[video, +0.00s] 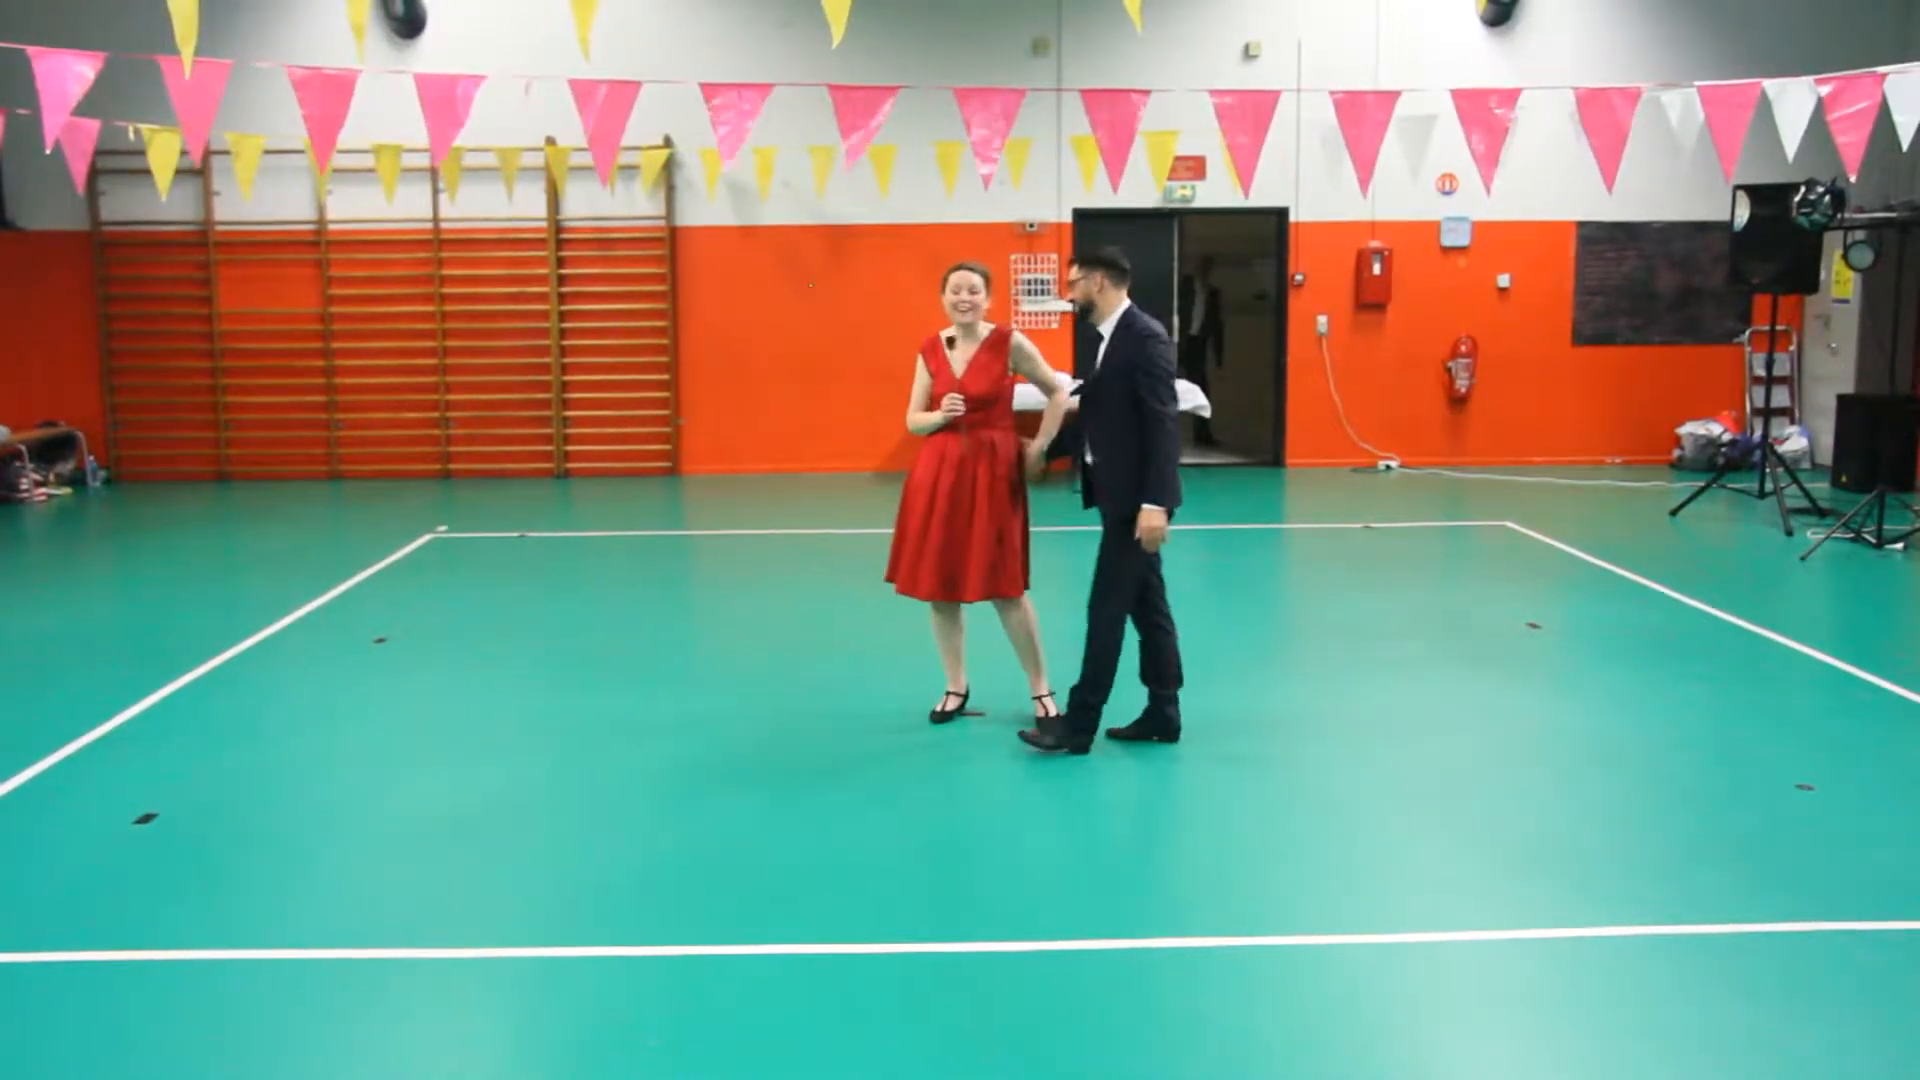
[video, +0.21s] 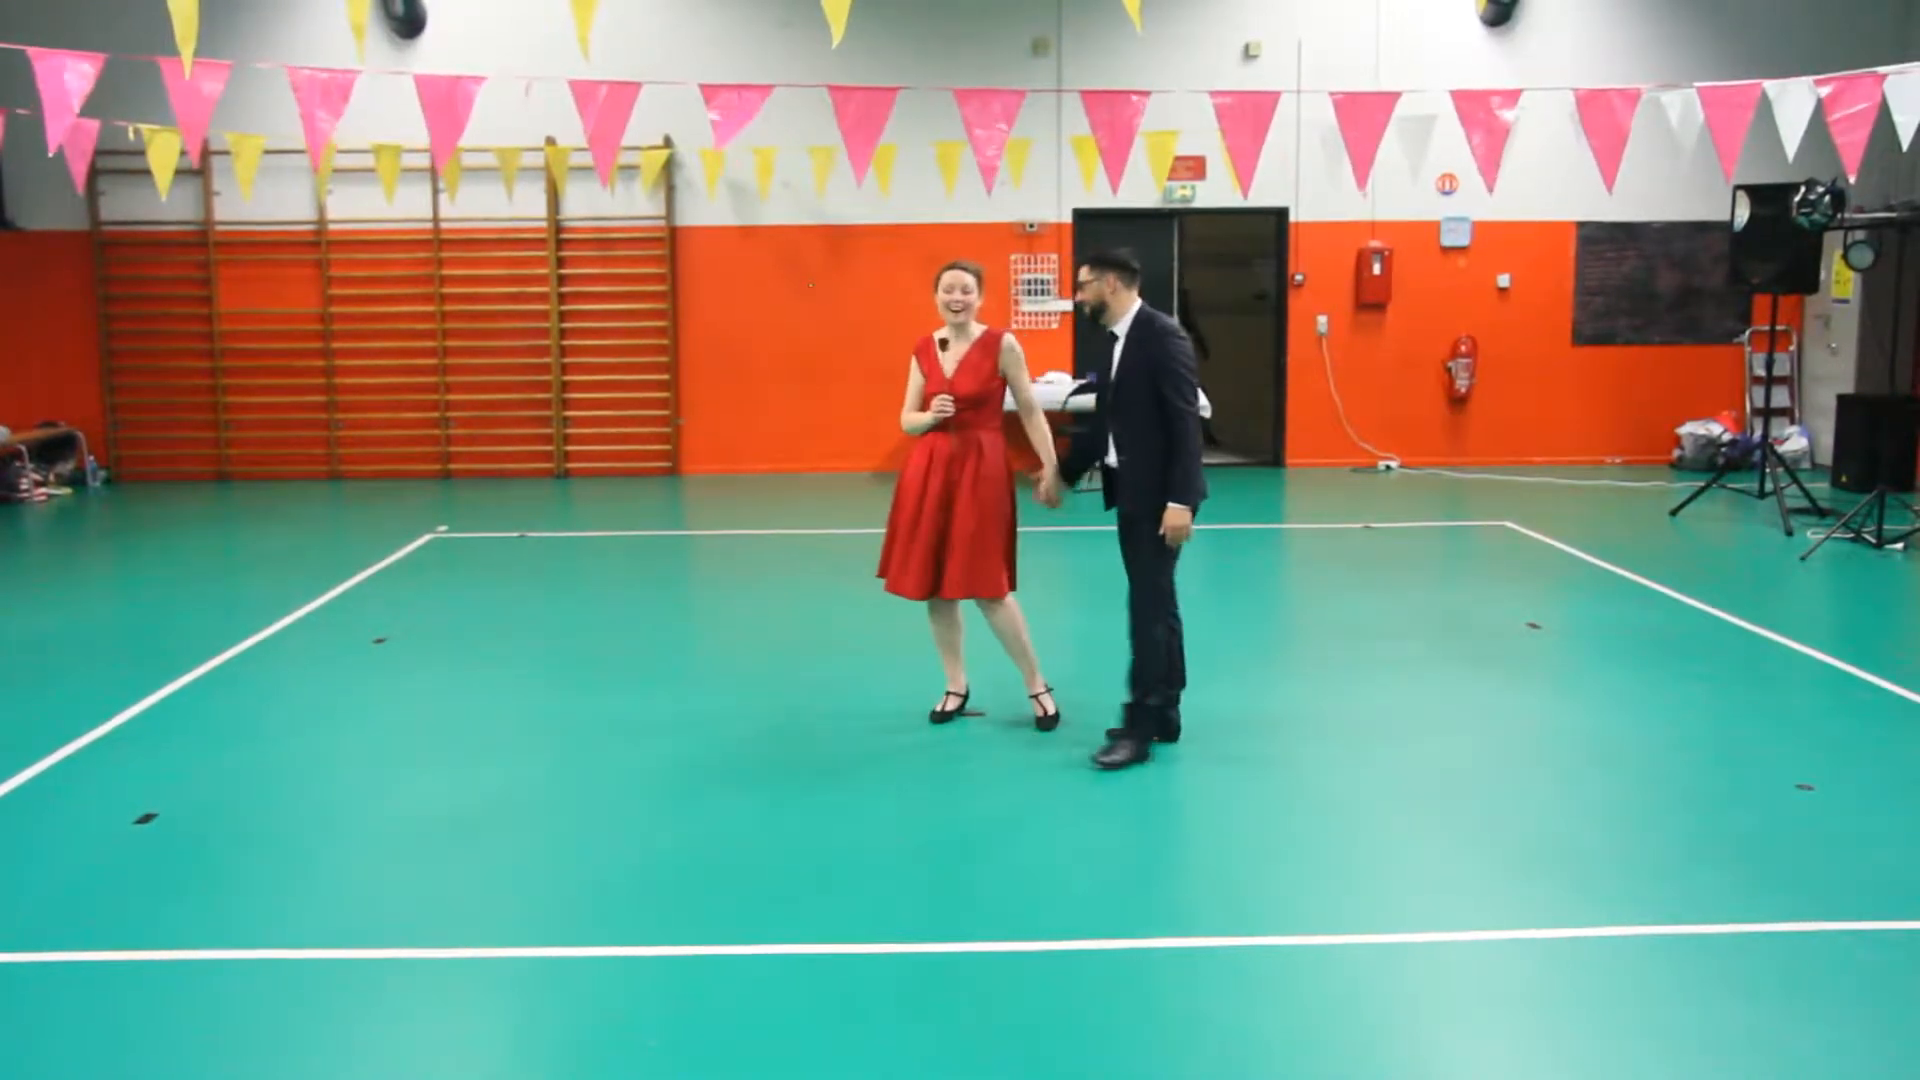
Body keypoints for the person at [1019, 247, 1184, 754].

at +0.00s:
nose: (1071, 292)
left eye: (1076, 282)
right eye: (1071, 283)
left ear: (1105, 283)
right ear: (1097, 284)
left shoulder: (1145, 336)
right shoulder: (1097, 333)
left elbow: (1163, 423)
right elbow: (1093, 406)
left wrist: (1157, 501)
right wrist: (1048, 448)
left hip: (1136, 497)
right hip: (1115, 493)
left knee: (1106, 610)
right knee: (1149, 609)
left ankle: (1078, 725)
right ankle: (1164, 713)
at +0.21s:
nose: (1079, 294)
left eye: (1085, 283)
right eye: (1079, 285)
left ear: (1116, 283)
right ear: (1108, 286)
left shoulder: (1162, 336)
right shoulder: (1110, 338)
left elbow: (1185, 422)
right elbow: (1101, 421)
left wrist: (1181, 500)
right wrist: (1060, 472)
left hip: (1157, 494)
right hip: (1130, 491)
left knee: (1149, 609)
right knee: (1153, 607)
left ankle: (1143, 728)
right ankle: (1161, 713)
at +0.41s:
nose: (1094, 293)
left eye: (1101, 284)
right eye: (1094, 285)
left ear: (1133, 282)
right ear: (1123, 286)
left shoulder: (1182, 337)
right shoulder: (1124, 341)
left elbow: (1201, 422)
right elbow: (1110, 414)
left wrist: (1191, 497)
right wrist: (1077, 475)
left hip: (1178, 492)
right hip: (1138, 490)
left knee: (1183, 606)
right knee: (1157, 608)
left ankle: (1227, 721)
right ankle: (1161, 715)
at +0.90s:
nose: (1172, 289)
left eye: (1183, 279)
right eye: (1165, 281)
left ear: (1209, 282)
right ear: (1159, 288)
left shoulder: (1241, 338)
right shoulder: (1159, 341)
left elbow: (1261, 420)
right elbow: (1145, 411)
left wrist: (1242, 493)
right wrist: (1103, 461)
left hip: (1230, 491)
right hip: (1175, 490)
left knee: (1247, 607)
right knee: (1175, 609)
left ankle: (1267, 713)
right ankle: (1164, 712)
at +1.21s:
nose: (1235, 290)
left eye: (1244, 281)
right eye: (1225, 282)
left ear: (1261, 284)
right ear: (1211, 287)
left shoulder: (1288, 341)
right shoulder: (1199, 340)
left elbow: (1315, 420)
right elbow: (1172, 404)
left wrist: (1324, 501)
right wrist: (1117, 449)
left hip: (1271, 492)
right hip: (1213, 490)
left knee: (1281, 613)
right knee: (1189, 602)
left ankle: (1271, 716)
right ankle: (1168, 714)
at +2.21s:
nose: (1176, 287)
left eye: (1184, 277)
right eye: (1166, 280)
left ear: (1199, 283)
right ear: (1151, 288)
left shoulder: (1229, 335)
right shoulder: (1136, 341)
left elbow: (1248, 409)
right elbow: (1116, 417)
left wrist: (1252, 471)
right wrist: (1092, 481)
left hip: (1217, 481)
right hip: (1158, 482)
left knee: (1226, 596)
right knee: (1166, 595)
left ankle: (1237, 711)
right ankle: (1174, 693)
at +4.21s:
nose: (1170, 289)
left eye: (1175, 279)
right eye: (1172, 280)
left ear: (1200, 282)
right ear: (1199, 283)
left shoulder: (1256, 343)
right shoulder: (1193, 339)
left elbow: (1269, 435)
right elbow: (1173, 415)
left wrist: (1256, 514)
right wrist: (1115, 451)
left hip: (1235, 501)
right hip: (1188, 497)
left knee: (1244, 618)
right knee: (1197, 620)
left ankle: (1254, 717)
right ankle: (1192, 728)